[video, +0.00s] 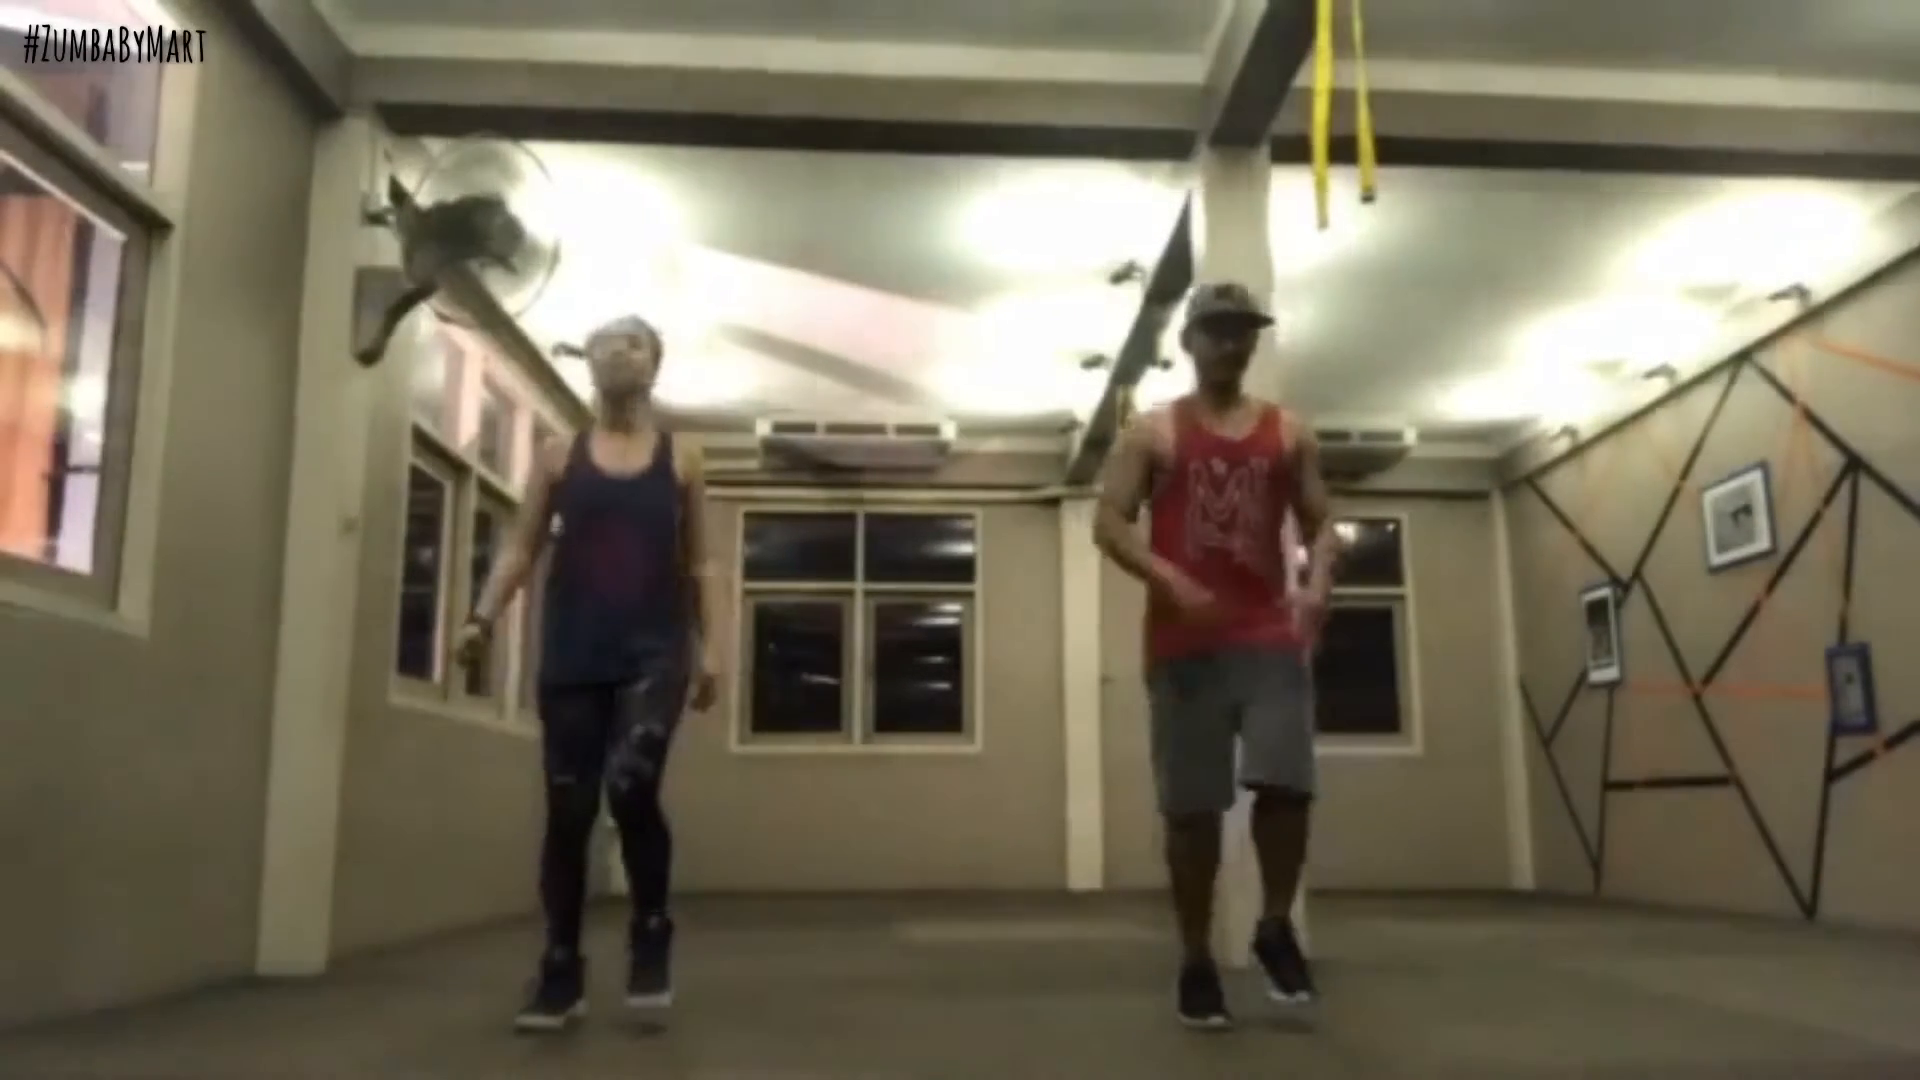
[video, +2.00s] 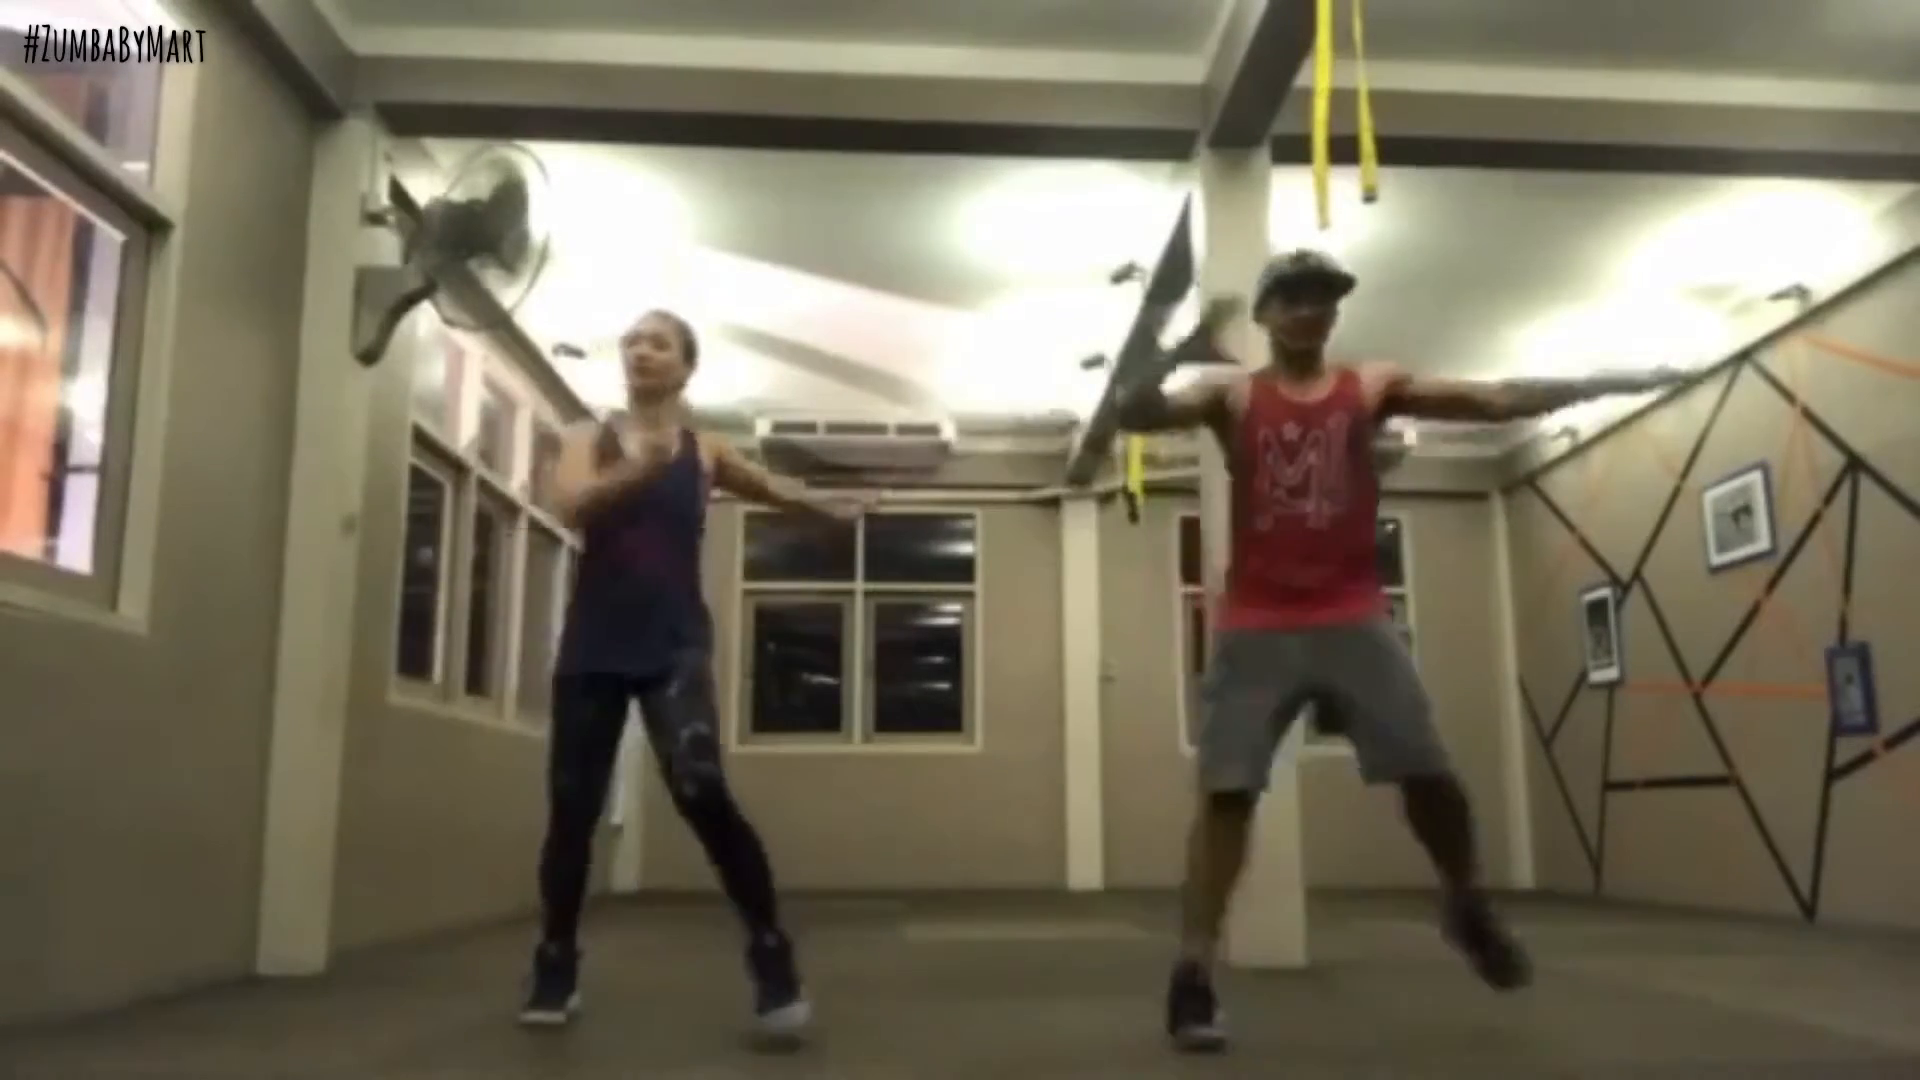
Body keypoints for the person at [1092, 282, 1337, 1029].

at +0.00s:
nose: (1227, 343)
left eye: (1240, 331)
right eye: (1214, 330)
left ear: (1257, 341)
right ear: (1188, 339)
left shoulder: (1289, 434)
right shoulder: (1153, 431)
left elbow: (1321, 526)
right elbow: (1109, 524)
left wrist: (1315, 587)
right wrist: (1169, 579)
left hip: (1270, 638)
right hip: (1186, 643)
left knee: (1287, 788)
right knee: (1193, 809)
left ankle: (1276, 928)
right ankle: (1197, 963)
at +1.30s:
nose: (1226, 330)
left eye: (1240, 319)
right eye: (1212, 317)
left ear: (1259, 335)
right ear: (1188, 330)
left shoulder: (1290, 428)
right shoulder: (1150, 422)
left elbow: (1346, 514)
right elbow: (1101, 513)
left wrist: (1390, 586)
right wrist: (1188, 510)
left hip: (1267, 643)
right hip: (1178, 643)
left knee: (1259, 812)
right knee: (1174, 808)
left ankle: (1254, 969)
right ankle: (1180, 962)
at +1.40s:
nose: (1235, 323)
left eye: (1249, 312)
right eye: (1221, 310)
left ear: (1267, 327)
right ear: (1194, 323)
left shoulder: (1298, 415)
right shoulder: (1155, 412)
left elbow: (1379, 477)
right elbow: (1071, 468)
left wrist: (1453, 523)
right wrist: (1135, 471)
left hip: (1271, 626)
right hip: (1186, 621)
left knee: (1264, 803)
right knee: (1177, 771)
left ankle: (1255, 969)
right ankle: (1170, 916)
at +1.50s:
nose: (1238, 308)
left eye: (1252, 295)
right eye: (1223, 295)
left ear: (1271, 307)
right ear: (1199, 308)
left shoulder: (1302, 393)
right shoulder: (1166, 388)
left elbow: (1398, 434)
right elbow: (1068, 424)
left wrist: (1488, 452)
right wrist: (1086, 441)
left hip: (1270, 603)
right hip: (1189, 591)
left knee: (1251, 787)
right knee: (1202, 746)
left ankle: (1232, 952)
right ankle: (1171, 909)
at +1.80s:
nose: (1271, 336)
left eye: (1284, 323)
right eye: (1255, 322)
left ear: (1300, 333)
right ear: (1226, 333)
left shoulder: (1328, 424)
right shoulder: (1207, 412)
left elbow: (1434, 460)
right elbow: (1108, 431)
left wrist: (1423, 427)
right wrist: (1007, 437)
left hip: (1300, 633)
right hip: (1214, 635)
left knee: (1364, 771)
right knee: (1203, 808)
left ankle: (1271, 913)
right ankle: (1178, 984)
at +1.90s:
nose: (1286, 327)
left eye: (1299, 314)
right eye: (1271, 313)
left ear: (1315, 323)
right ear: (1241, 324)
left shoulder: (1342, 410)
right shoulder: (1211, 404)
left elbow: (1459, 423)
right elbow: (1121, 426)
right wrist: (1101, 391)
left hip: (1325, 621)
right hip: (1233, 628)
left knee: (1406, 751)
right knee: (1211, 799)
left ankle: (1372, 896)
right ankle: (1179, 984)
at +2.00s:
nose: (1308, 316)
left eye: (1320, 304)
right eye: (1293, 304)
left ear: (1336, 312)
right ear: (1263, 316)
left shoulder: (1371, 387)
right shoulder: (1230, 393)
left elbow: (1498, 401)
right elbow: (1133, 413)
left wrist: (1625, 383)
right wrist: (1154, 346)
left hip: (1354, 624)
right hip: (1258, 627)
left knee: (1430, 777)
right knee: (1227, 795)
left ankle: (1467, 912)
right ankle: (1193, 975)